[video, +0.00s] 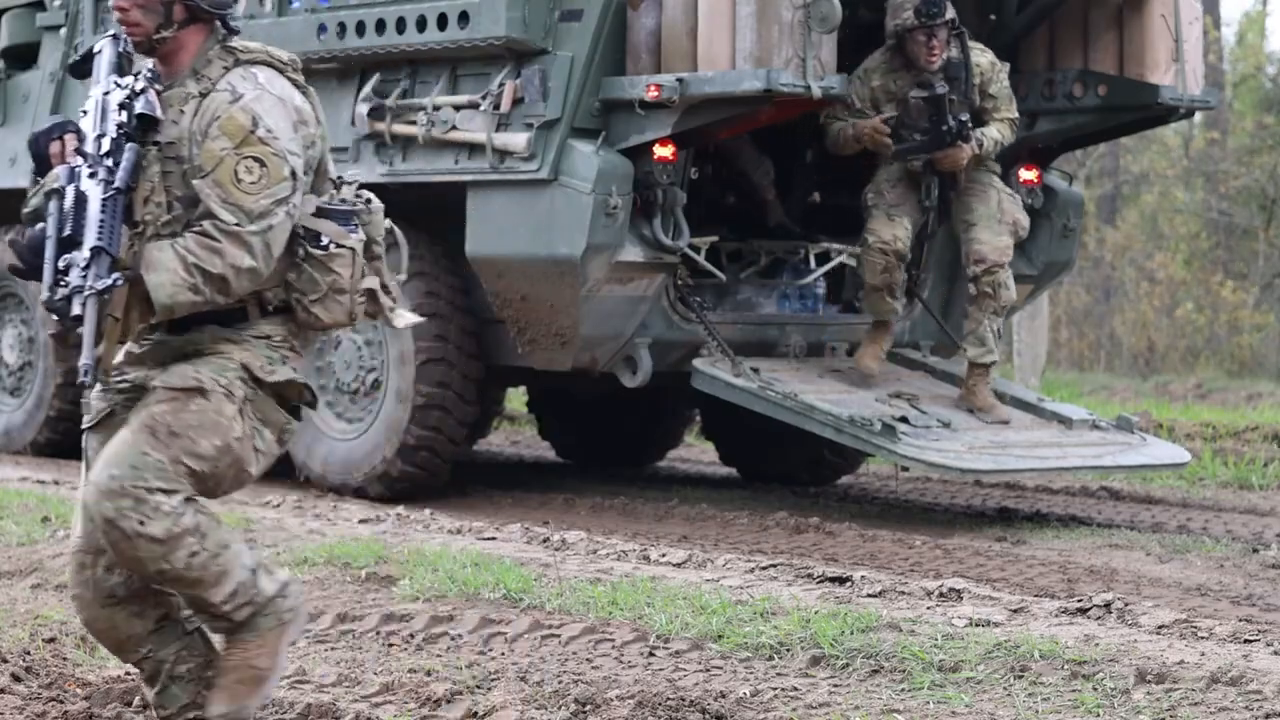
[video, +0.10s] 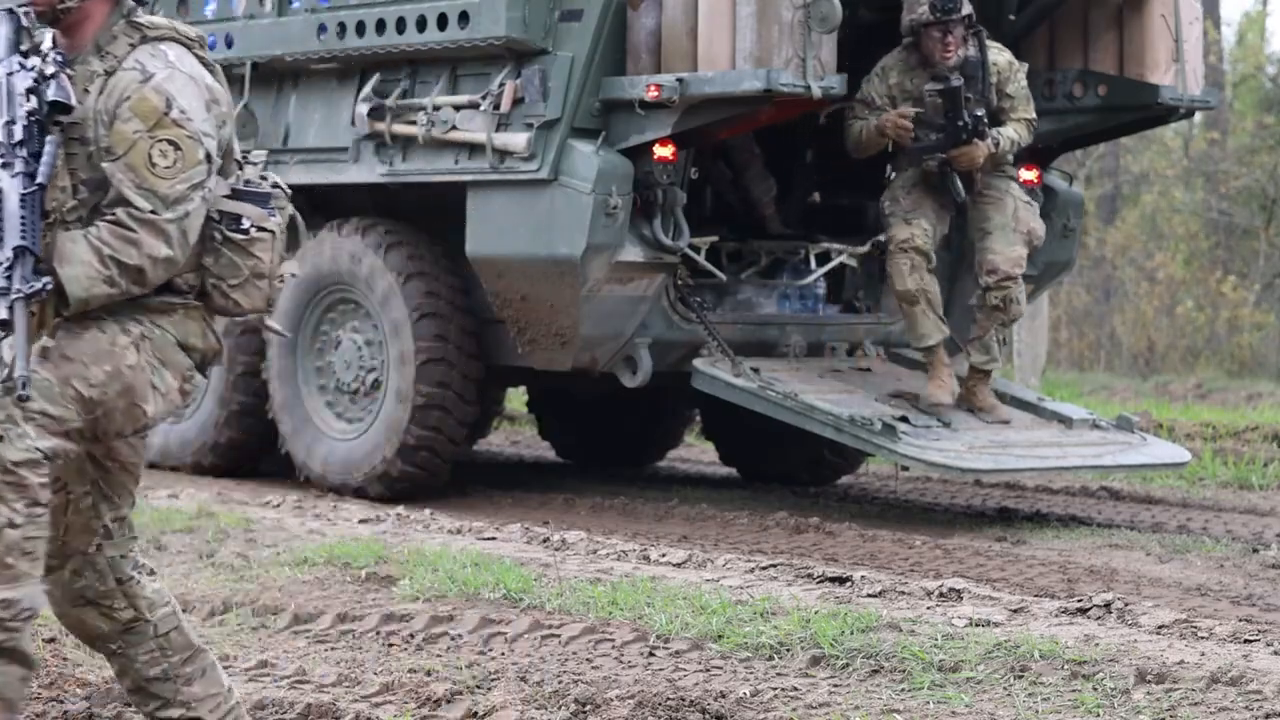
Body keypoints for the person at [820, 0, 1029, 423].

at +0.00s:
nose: (933, 45)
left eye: (940, 35)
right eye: (923, 36)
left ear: (951, 32)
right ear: (901, 39)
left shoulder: (980, 64)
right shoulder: (875, 73)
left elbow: (1007, 121)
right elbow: (833, 132)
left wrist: (973, 146)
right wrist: (859, 132)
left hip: (971, 170)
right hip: (901, 168)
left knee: (991, 262)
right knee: (883, 247)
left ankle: (978, 380)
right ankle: (879, 332)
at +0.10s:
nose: (947, 42)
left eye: (954, 31)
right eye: (937, 33)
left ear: (967, 30)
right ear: (917, 35)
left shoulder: (997, 63)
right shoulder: (893, 70)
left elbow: (1023, 124)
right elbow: (855, 139)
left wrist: (989, 147)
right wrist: (880, 128)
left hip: (991, 176)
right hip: (921, 174)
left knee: (1005, 277)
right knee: (906, 251)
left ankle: (978, 382)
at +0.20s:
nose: (957, 31)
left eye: (965, 21)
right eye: (946, 22)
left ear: (978, 23)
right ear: (928, 27)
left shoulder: (1010, 61)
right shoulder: (905, 68)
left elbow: (1036, 125)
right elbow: (866, 137)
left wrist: (1001, 146)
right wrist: (892, 119)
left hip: (1004, 181)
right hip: (935, 180)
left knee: (1018, 291)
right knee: (939, 281)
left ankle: (980, 381)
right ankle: (964, 401)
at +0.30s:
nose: (963, 26)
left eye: (972, 17)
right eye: (953, 18)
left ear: (986, 21)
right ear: (936, 25)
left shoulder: (1020, 62)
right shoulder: (914, 70)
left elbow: (1047, 126)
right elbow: (872, 142)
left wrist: (1012, 146)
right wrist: (898, 115)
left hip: (1016, 187)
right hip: (950, 188)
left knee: (1038, 301)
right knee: (957, 287)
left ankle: (986, 373)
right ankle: (971, 405)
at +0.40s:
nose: (978, 24)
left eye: (986, 15)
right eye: (967, 16)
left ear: (998, 20)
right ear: (950, 24)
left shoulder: (1034, 63)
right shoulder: (929, 69)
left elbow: (1061, 130)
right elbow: (880, 132)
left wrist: (1024, 146)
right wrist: (918, 105)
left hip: (1027, 192)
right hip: (959, 192)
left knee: (1058, 296)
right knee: (957, 295)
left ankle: (1005, 361)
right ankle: (972, 406)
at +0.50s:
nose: (992, 23)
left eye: (1000, 13)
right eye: (982, 15)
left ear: (1015, 18)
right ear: (967, 23)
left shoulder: (1051, 64)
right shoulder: (945, 66)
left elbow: (1077, 135)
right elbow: (887, 118)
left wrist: (1038, 147)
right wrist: (931, 97)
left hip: (1040, 201)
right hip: (968, 199)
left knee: (1066, 295)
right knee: (966, 307)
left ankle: (1045, 417)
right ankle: (972, 410)